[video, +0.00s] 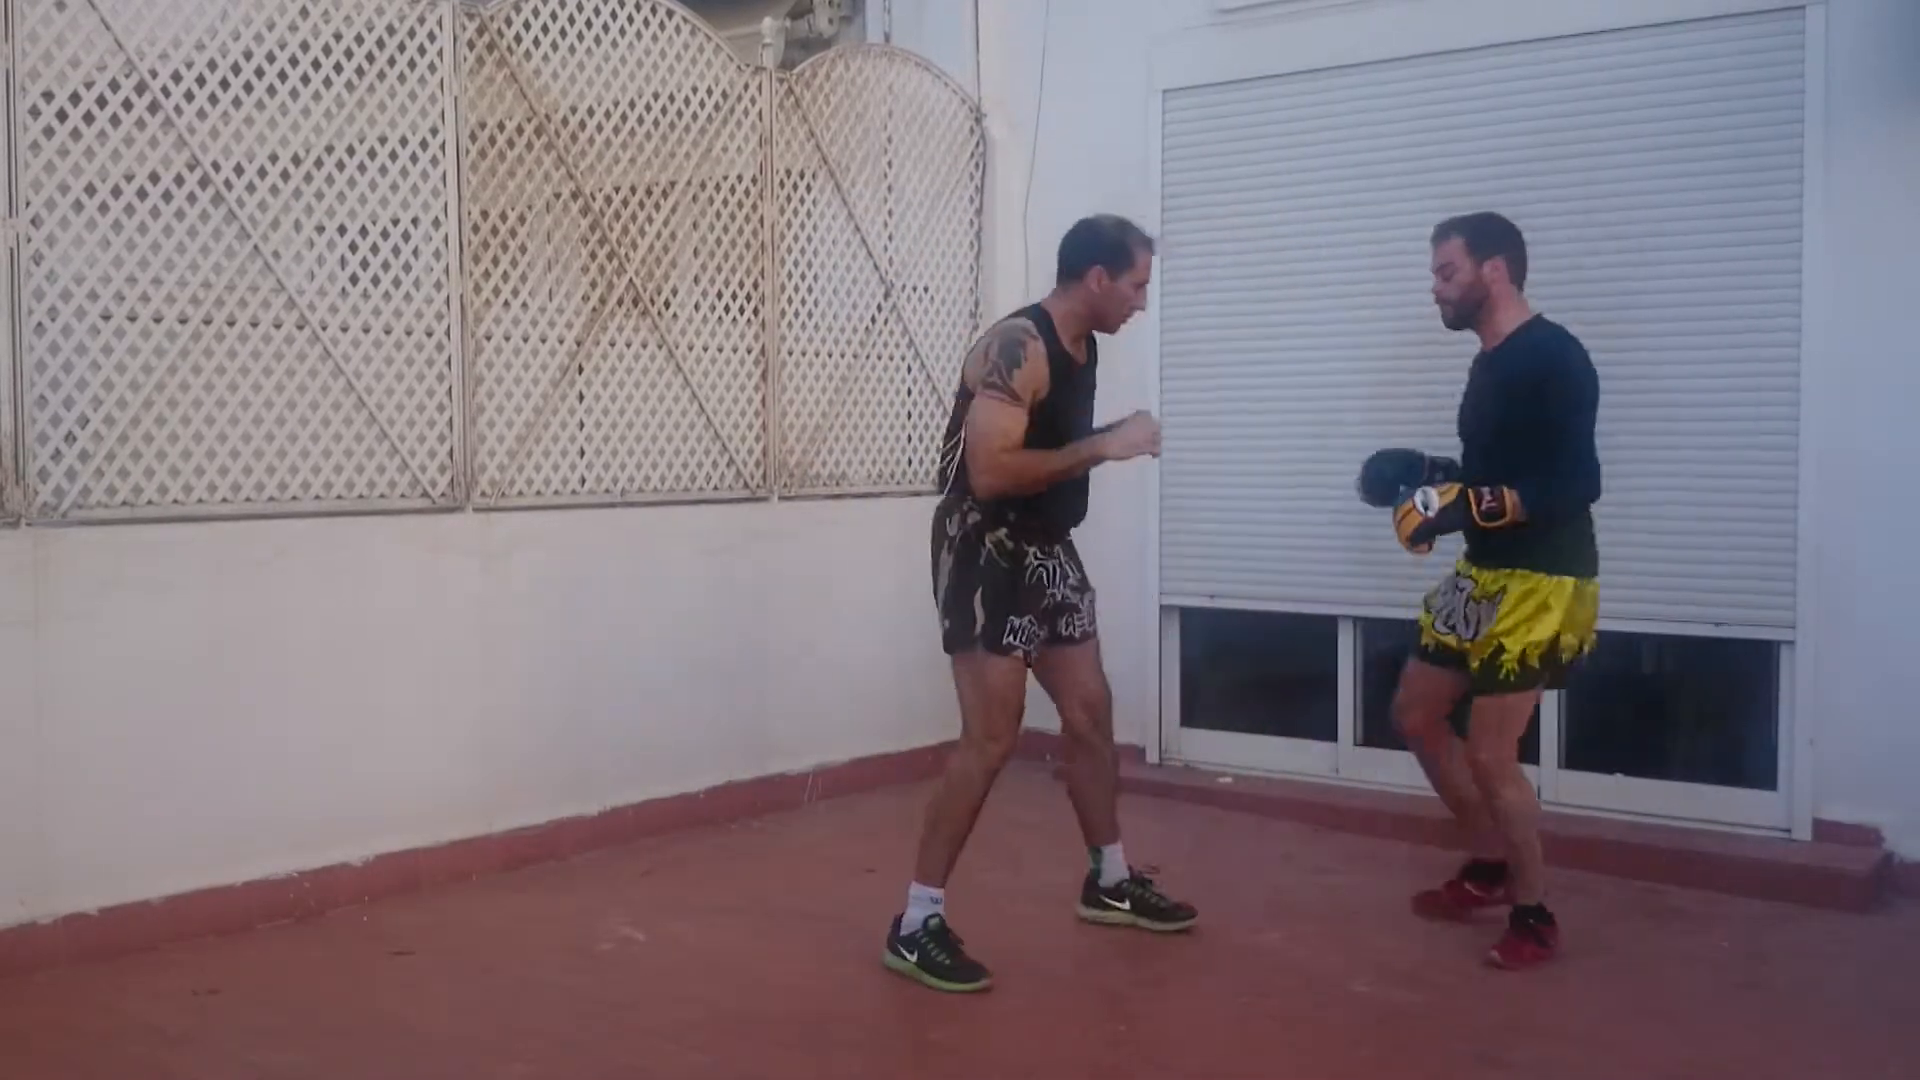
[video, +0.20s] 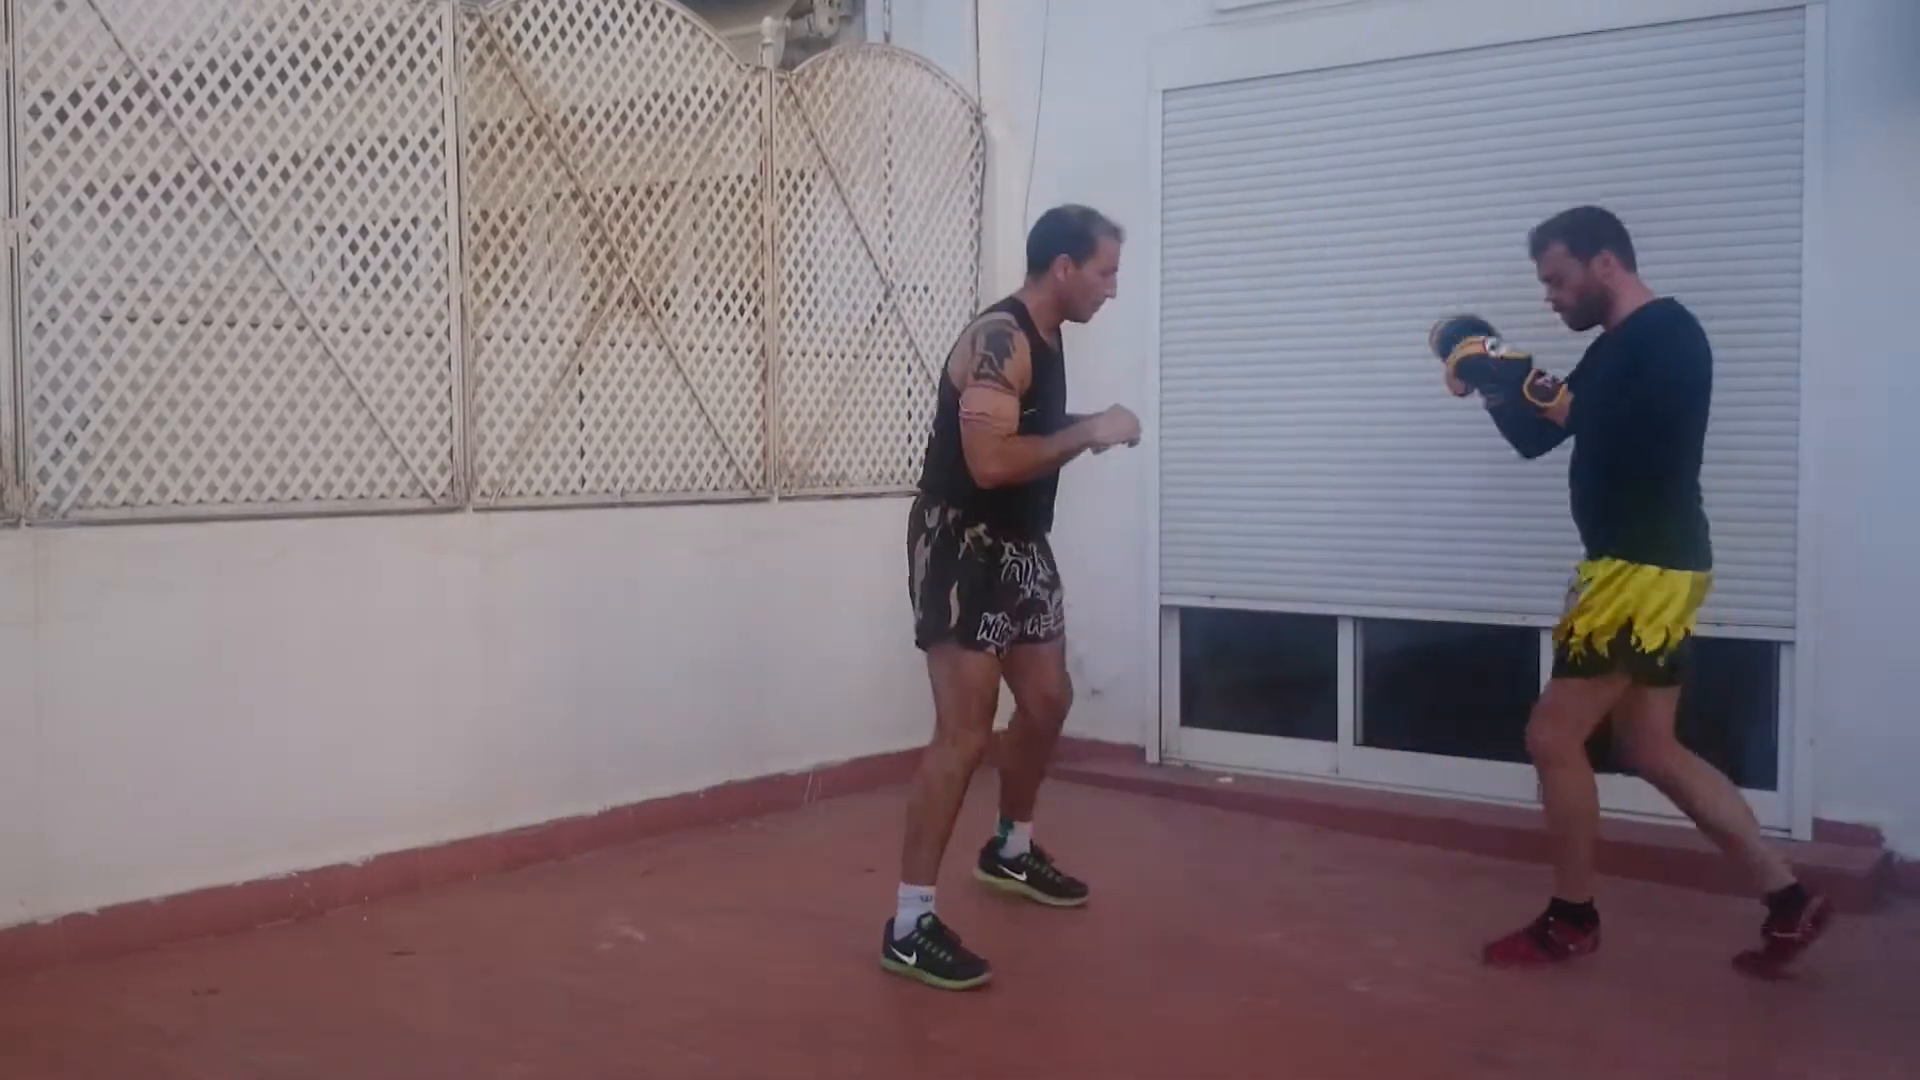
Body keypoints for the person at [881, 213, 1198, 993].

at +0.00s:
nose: (1142, 302)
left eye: (1144, 287)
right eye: (1137, 286)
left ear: (1098, 279)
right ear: (1094, 278)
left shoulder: (1077, 347)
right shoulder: (1013, 348)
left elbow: (1028, 455)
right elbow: (990, 473)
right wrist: (1102, 446)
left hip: (1045, 545)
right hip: (982, 547)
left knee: (1089, 711)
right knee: (990, 734)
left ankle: (1109, 878)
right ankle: (916, 922)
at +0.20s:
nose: (1113, 288)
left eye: (1115, 274)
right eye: (1106, 273)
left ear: (1067, 270)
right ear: (1062, 267)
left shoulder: (1045, 339)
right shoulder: (1000, 336)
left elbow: (1011, 445)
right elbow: (988, 462)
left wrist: (1082, 434)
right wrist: (1083, 434)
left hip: (1018, 541)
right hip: (960, 540)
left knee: (1045, 701)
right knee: (964, 731)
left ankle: (1010, 850)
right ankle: (909, 922)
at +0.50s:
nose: (1116, 288)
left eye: (1119, 275)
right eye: (1108, 273)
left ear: (1078, 272)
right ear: (1062, 267)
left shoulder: (1071, 348)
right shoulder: (997, 326)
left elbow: (1093, 448)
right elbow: (971, 425)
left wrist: (1145, 396)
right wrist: (1070, 380)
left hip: (1035, 541)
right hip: (976, 536)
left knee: (1008, 710)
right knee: (978, 711)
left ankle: (962, 847)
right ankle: (918, 898)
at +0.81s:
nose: (1140, 275)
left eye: (1143, 262)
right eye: (1131, 261)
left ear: (1107, 265)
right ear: (1085, 261)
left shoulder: (1119, 339)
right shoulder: (1023, 326)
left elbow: (1164, 427)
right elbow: (1036, 415)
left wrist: (1206, 356)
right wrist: (1121, 351)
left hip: (1091, 539)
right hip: (1018, 539)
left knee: (1124, 705)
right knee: (1018, 715)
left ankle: (1027, 816)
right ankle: (988, 870)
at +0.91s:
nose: (1165, 279)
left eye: (1169, 266)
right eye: (1155, 264)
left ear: (1134, 268)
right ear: (1109, 262)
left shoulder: (1139, 344)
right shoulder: (1049, 328)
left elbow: (1176, 432)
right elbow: (1063, 425)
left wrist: (1225, 365)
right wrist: (1152, 363)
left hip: (1117, 538)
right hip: (1043, 539)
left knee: (1170, 694)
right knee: (1033, 711)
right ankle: (993, 871)